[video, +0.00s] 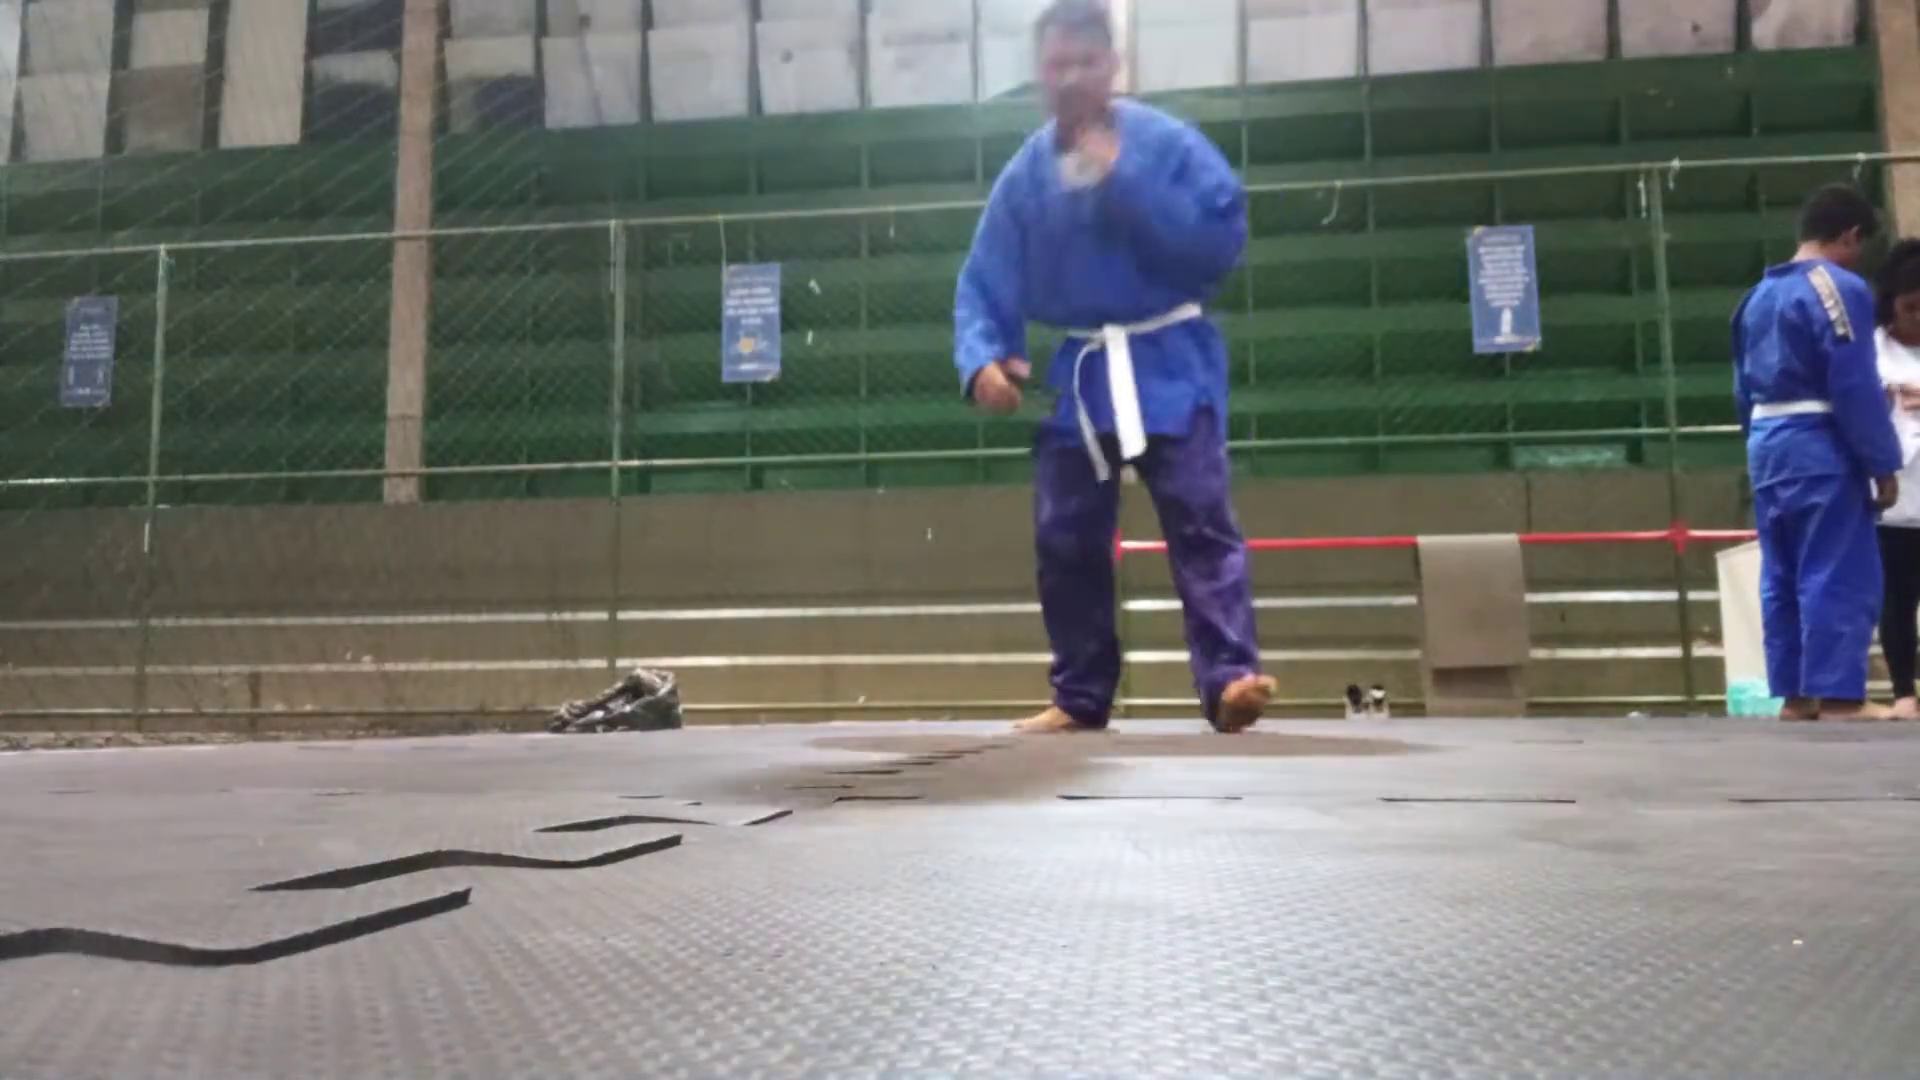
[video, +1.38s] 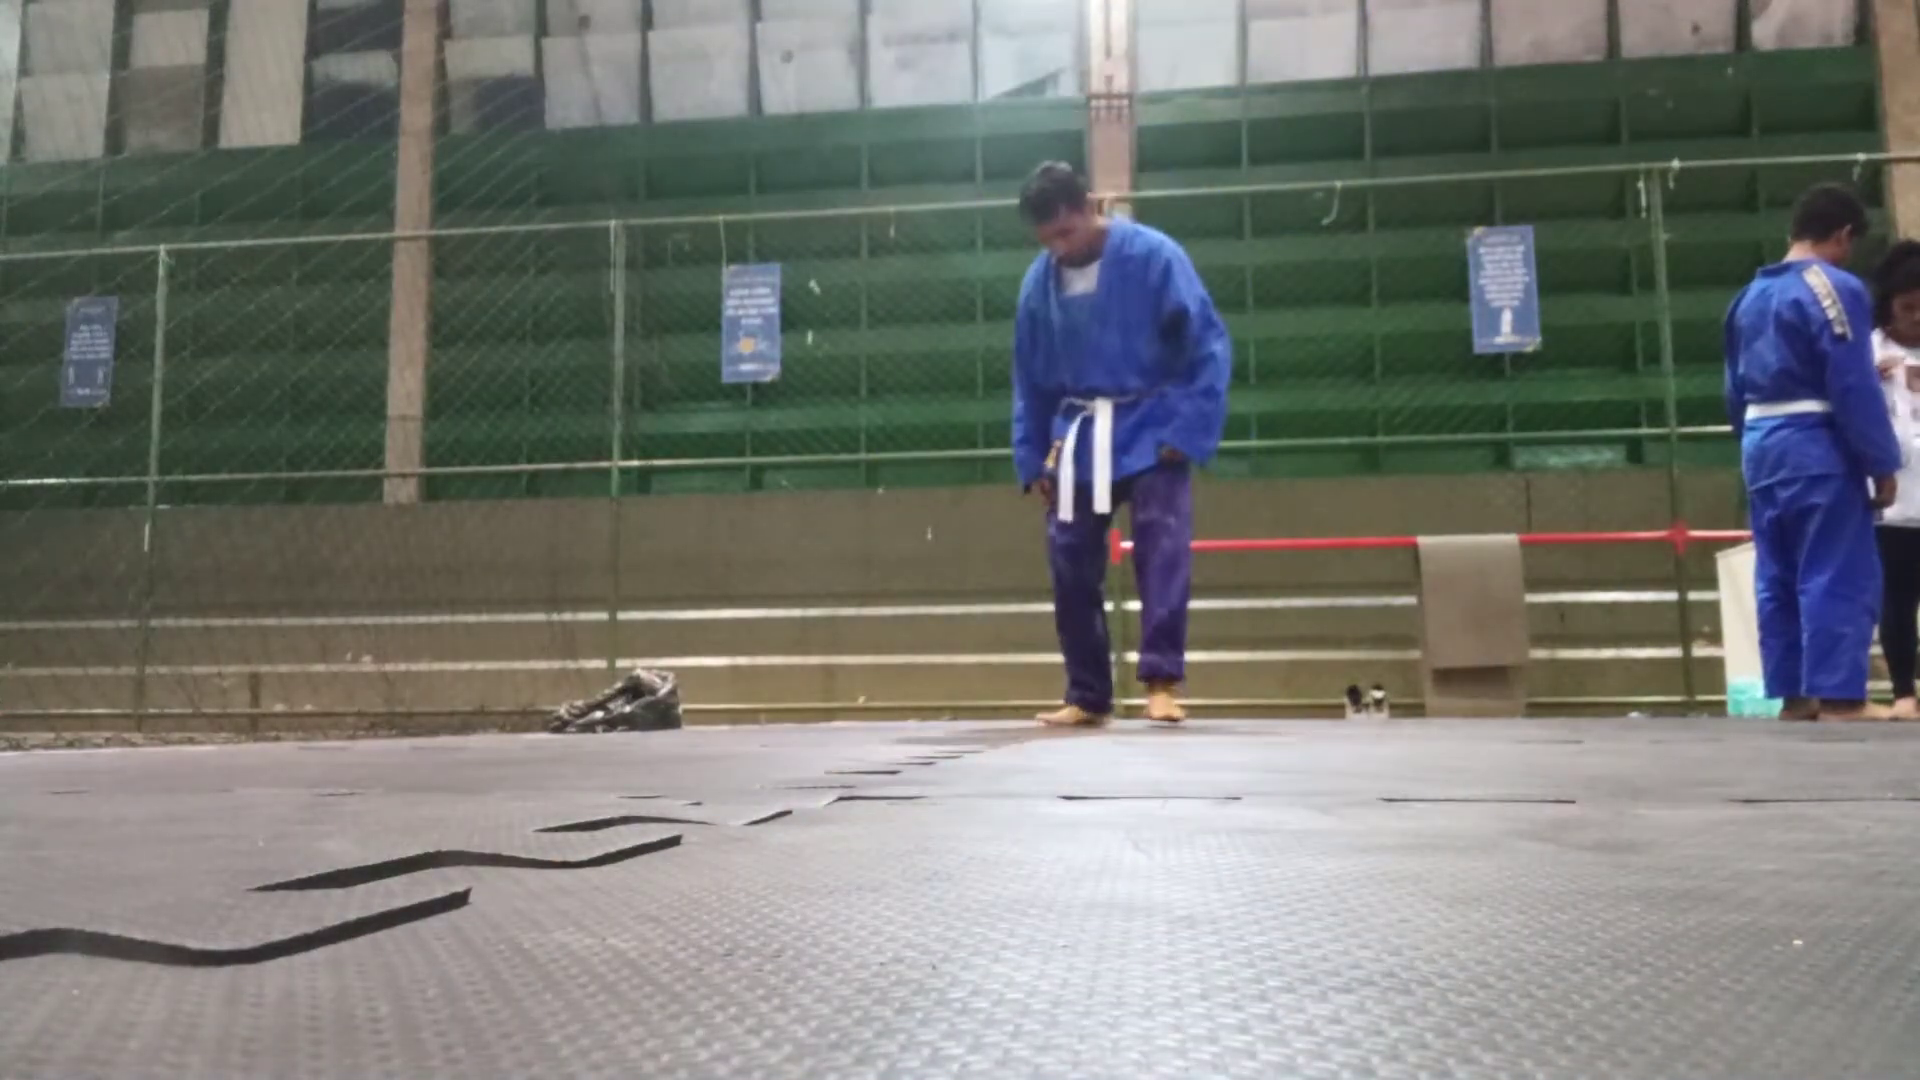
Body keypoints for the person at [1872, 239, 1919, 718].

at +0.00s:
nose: (1916, 316)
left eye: (1919, 306)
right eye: (1909, 306)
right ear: (1890, 305)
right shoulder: (1872, 347)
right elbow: (1852, 398)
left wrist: (1909, 395)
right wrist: (1890, 395)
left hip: (1914, 494)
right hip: (1894, 495)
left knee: (1907, 602)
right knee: (1899, 602)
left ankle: (1908, 689)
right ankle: (1904, 690)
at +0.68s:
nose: (1915, 317)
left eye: (1918, 307)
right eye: (1908, 307)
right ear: (1889, 307)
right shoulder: (1871, 348)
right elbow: (1846, 399)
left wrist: (1901, 382)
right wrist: (1880, 382)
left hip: (1914, 498)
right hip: (1893, 498)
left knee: (1907, 604)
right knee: (1898, 603)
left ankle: (1908, 689)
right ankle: (1904, 690)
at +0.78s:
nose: (1914, 316)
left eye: (1918, 307)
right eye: (1908, 307)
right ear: (1889, 307)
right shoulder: (1870, 351)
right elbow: (1853, 412)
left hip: (1914, 496)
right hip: (1893, 497)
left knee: (1906, 603)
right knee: (1898, 603)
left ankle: (1908, 688)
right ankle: (1904, 689)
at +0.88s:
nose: (1914, 317)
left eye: (1918, 307)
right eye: (1907, 307)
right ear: (1889, 307)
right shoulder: (1871, 349)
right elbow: (1855, 414)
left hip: (1914, 496)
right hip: (1893, 497)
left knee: (1907, 603)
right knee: (1898, 603)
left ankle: (1908, 688)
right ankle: (1904, 690)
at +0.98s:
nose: (1915, 317)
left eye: (1918, 307)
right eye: (1908, 307)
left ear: (1919, 307)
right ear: (1889, 307)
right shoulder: (1871, 349)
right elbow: (1853, 411)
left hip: (1913, 498)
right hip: (1893, 498)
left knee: (1906, 604)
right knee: (1898, 604)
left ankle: (1908, 689)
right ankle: (1904, 690)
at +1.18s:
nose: (1915, 316)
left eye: (1918, 307)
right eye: (1908, 307)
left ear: (1919, 307)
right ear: (1889, 307)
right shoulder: (1870, 351)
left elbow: (1862, 419)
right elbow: (1856, 417)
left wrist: (1875, 466)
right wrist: (1872, 469)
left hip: (1912, 499)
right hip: (1893, 499)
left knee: (1906, 605)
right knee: (1898, 604)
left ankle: (1908, 688)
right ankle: (1904, 689)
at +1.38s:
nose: (1914, 316)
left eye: (1917, 307)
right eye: (1907, 306)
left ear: (1919, 307)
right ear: (1888, 306)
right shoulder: (1871, 349)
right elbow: (1840, 394)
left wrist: (1910, 383)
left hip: (1913, 495)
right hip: (1893, 495)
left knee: (1906, 604)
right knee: (1898, 603)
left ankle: (1908, 688)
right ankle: (1904, 690)